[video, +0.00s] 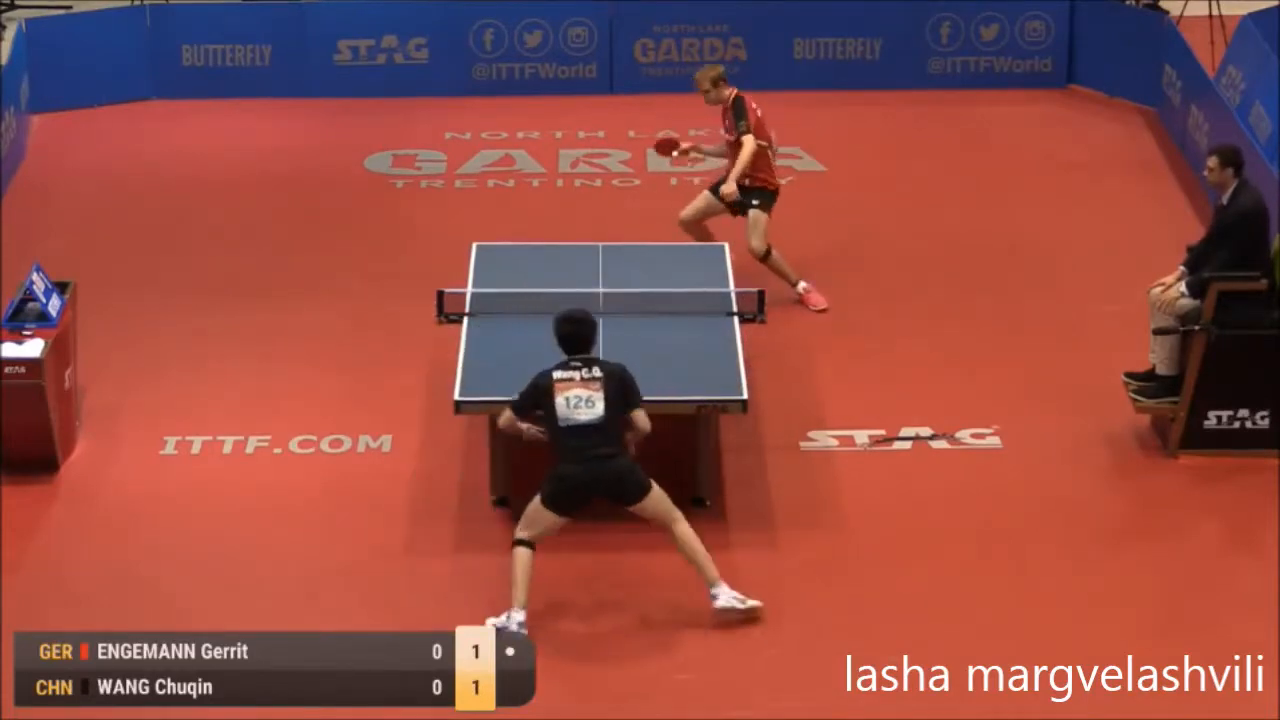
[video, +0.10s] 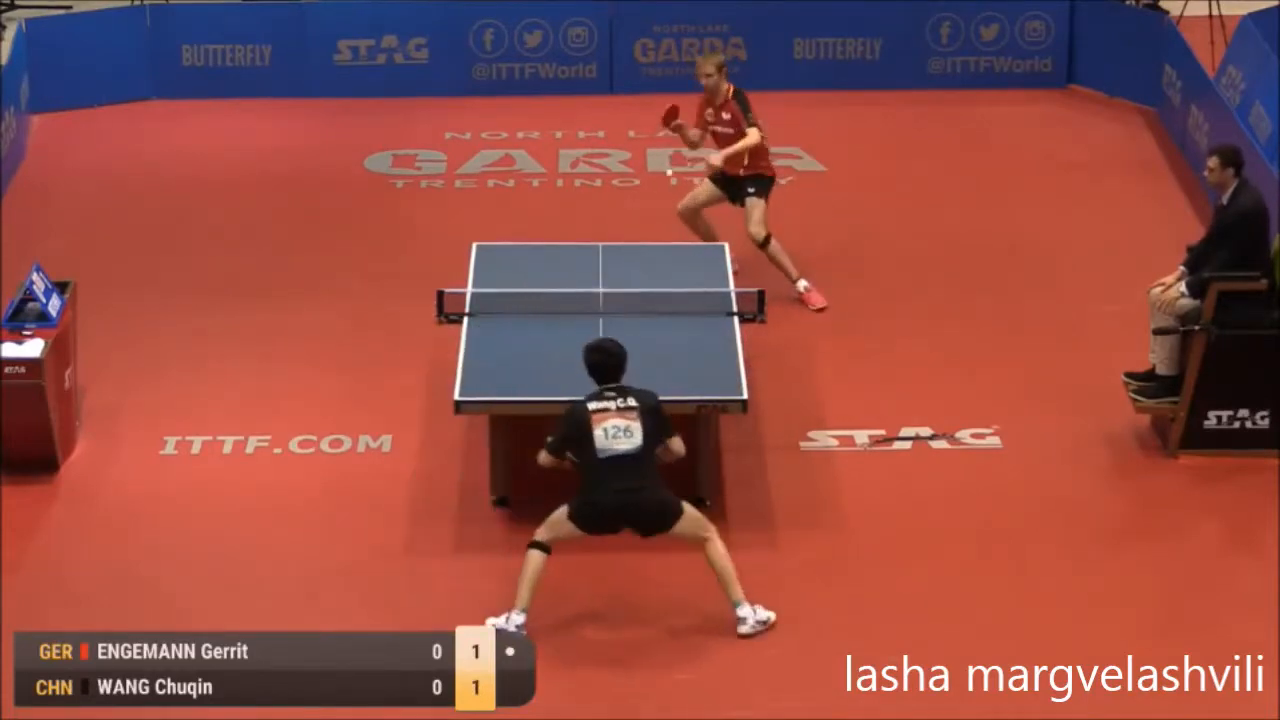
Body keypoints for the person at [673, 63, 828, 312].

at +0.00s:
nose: (704, 99)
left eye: (706, 93)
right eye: (702, 93)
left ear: (721, 86)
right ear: (719, 88)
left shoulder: (740, 104)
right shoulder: (729, 107)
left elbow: (749, 144)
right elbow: (730, 149)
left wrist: (732, 179)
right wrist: (697, 149)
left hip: (761, 184)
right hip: (738, 180)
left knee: (757, 247)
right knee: (688, 219)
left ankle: (801, 287)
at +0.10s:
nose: (704, 82)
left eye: (708, 76)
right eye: (701, 77)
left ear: (722, 75)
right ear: (699, 78)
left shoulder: (737, 99)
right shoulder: (706, 103)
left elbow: (755, 137)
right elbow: (695, 142)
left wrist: (722, 155)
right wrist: (680, 129)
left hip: (756, 174)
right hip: (730, 174)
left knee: (757, 232)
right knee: (686, 209)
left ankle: (801, 285)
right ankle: (721, 259)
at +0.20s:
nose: (704, 70)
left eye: (709, 65)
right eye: (700, 65)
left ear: (721, 65)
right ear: (696, 65)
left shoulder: (733, 91)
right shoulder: (694, 92)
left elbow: (757, 126)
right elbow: (679, 126)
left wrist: (724, 133)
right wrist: (670, 117)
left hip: (749, 160)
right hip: (720, 161)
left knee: (763, 216)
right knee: (686, 206)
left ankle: (793, 274)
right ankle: (720, 254)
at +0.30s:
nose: (703, 60)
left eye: (708, 54)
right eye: (700, 54)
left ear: (718, 54)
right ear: (694, 54)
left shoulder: (732, 78)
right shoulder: (689, 79)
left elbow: (757, 114)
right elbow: (669, 104)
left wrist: (724, 121)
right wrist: (657, 108)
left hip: (735, 140)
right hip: (703, 141)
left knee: (746, 197)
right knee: (678, 191)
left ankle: (774, 248)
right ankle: (712, 239)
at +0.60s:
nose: (691, 54)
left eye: (696, 49)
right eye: (688, 48)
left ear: (705, 51)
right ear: (681, 48)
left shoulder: (717, 78)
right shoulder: (669, 76)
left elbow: (731, 105)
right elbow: (652, 104)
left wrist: (738, 139)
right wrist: (631, 130)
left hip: (704, 146)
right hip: (671, 144)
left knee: (724, 202)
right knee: (647, 198)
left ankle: (756, 234)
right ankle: (659, 229)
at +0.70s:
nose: (681, 37)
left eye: (686, 32)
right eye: (678, 31)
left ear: (695, 33)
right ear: (672, 29)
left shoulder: (706, 61)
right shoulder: (657, 56)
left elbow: (718, 92)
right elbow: (638, 83)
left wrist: (725, 123)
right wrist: (613, 109)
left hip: (693, 131)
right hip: (659, 129)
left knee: (710, 188)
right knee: (645, 186)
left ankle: (743, 233)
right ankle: (658, 227)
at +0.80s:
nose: (677, 28)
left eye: (682, 24)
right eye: (674, 22)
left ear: (691, 24)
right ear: (667, 19)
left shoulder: (702, 50)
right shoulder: (652, 46)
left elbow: (710, 76)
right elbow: (630, 71)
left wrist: (713, 102)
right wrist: (598, 94)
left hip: (689, 120)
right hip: (656, 120)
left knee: (706, 181)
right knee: (646, 179)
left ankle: (730, 231)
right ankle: (658, 227)